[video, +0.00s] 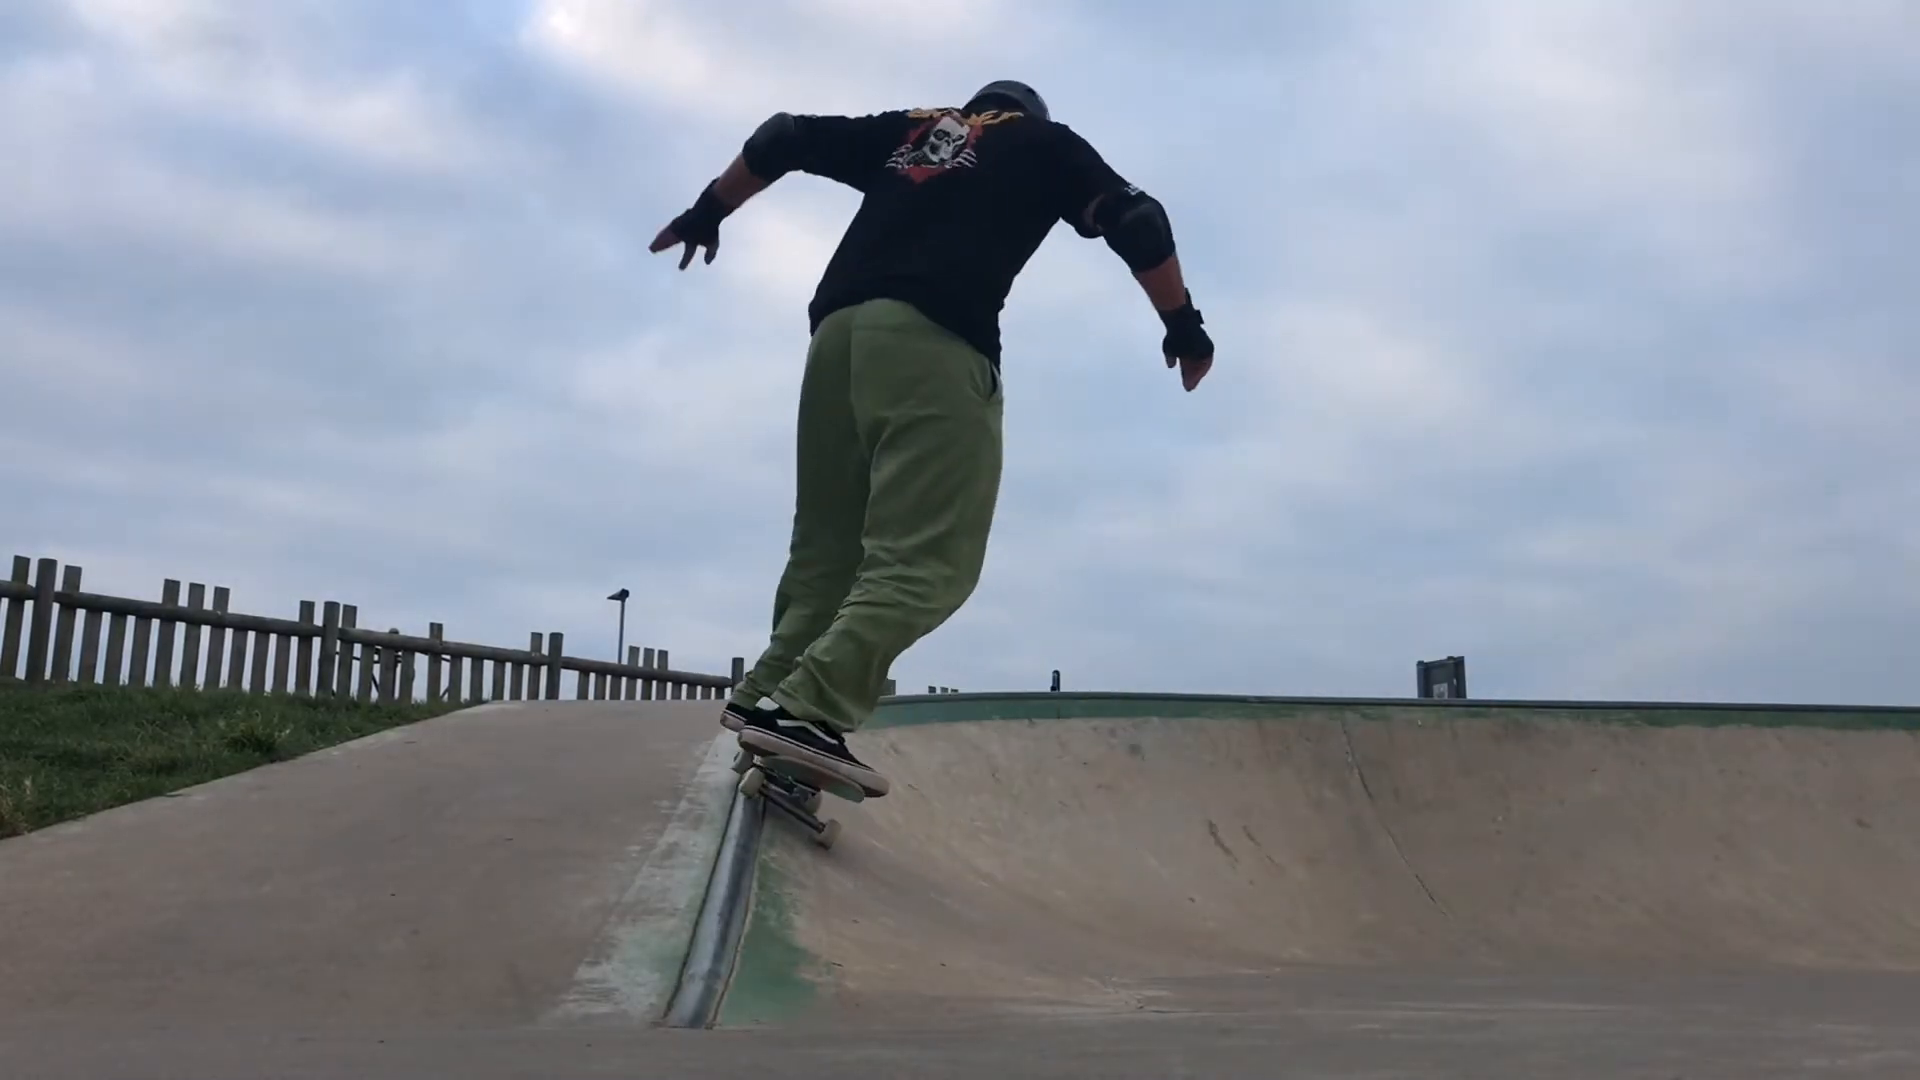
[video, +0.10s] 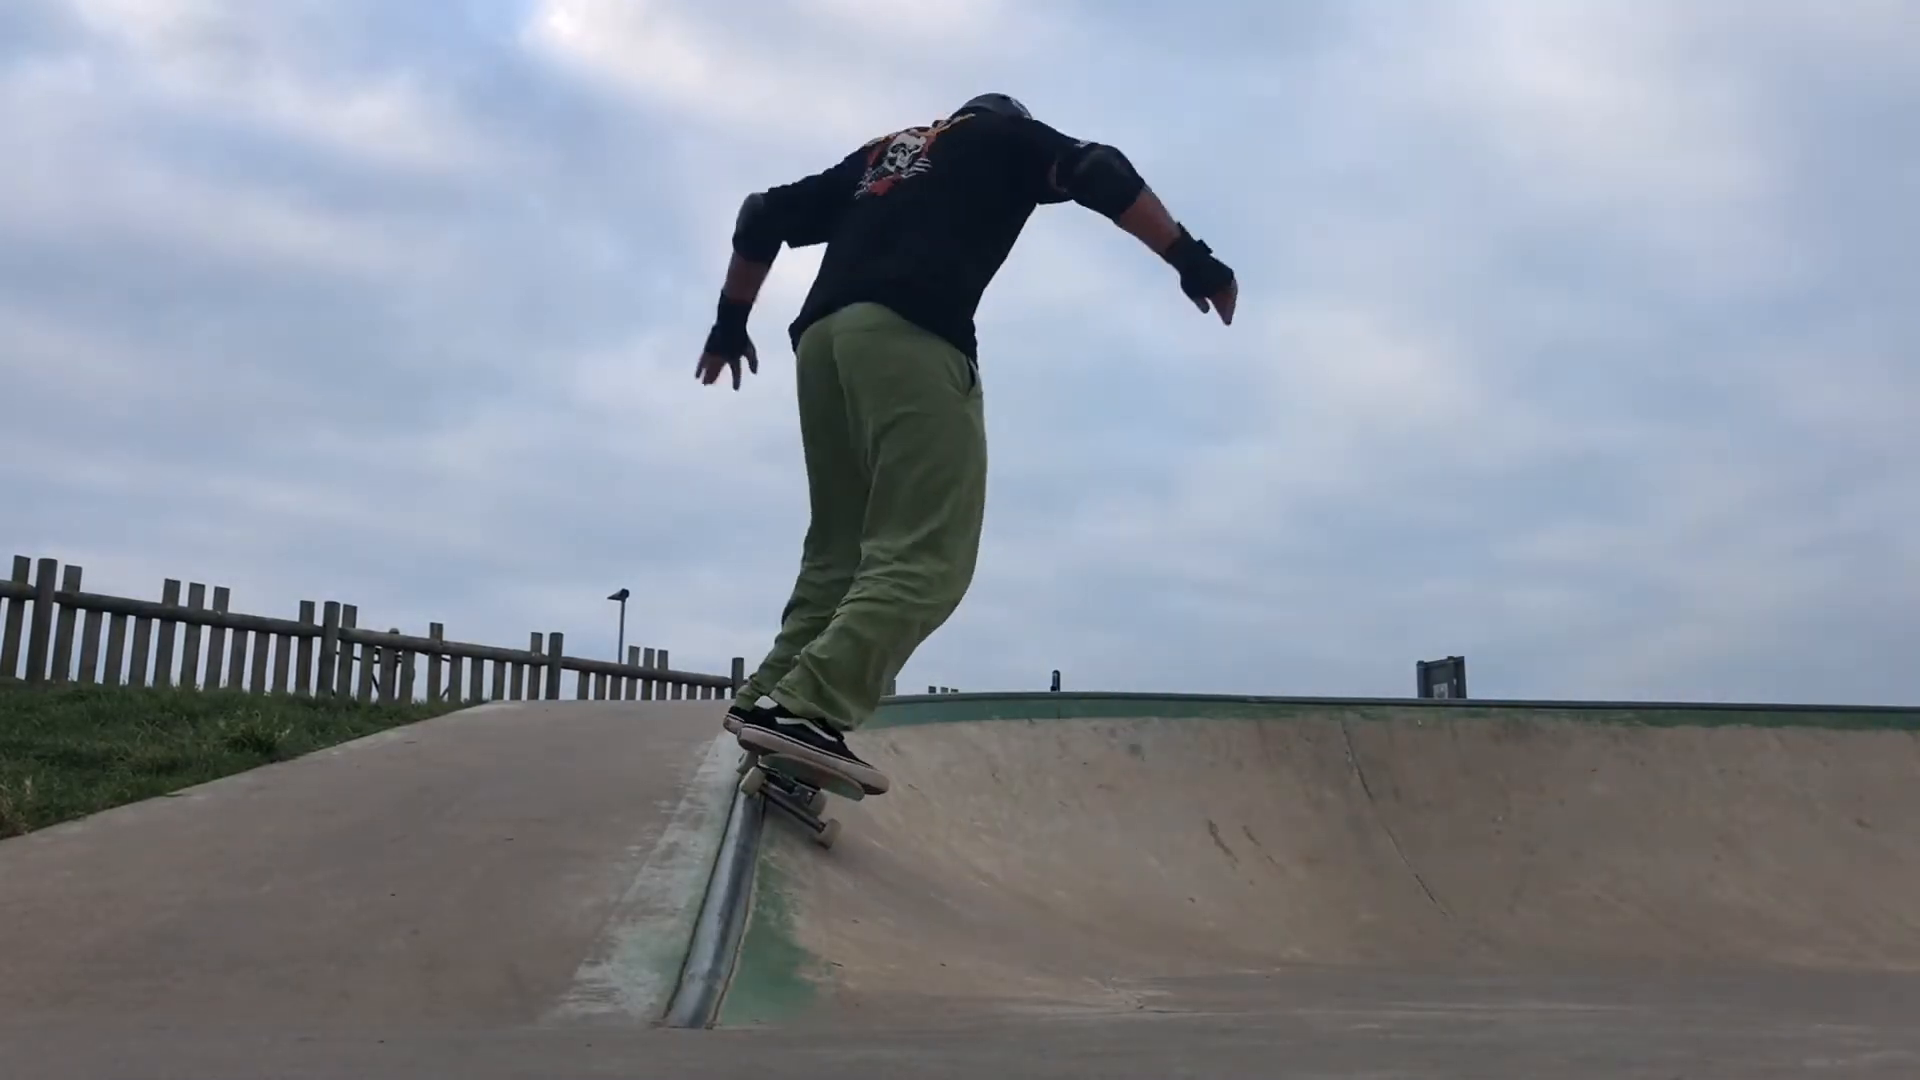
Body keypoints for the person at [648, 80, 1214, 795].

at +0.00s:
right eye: (1035, 128)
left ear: (970, 108)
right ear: (1033, 120)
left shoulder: (903, 129)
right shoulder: (1046, 142)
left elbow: (784, 135)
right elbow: (1137, 220)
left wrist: (710, 207)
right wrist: (1182, 322)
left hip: (835, 335)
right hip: (930, 336)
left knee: (827, 551)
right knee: (924, 562)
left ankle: (769, 701)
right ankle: (807, 712)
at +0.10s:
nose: (1040, 143)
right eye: (1033, 133)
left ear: (951, 119)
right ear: (1014, 124)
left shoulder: (879, 156)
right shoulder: (1012, 135)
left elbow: (762, 212)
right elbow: (1099, 171)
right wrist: (1190, 257)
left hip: (819, 338)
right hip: (907, 329)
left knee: (837, 545)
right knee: (927, 555)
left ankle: (771, 701)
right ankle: (810, 711)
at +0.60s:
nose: (1178, 187)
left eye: (1191, 178)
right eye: (1185, 166)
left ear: (1158, 142)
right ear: (1161, 127)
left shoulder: (1094, 188)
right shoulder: (1091, 114)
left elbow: (1004, 261)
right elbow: (1178, 115)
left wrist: (1018, 361)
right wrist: (1264, 156)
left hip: (995, 376)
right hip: (934, 335)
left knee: (1017, 571)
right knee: (931, 530)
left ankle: (961, 783)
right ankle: (771, 695)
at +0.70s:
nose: (1240, 212)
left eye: (1253, 202)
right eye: (1246, 191)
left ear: (1216, 173)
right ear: (1212, 155)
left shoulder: (1148, 239)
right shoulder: (1139, 153)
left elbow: (1066, 324)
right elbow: (1217, 114)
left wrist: (1076, 411)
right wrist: (1331, 171)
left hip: (1043, 418)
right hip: (981, 370)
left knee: (1059, 633)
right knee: (1004, 541)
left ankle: (1002, 834)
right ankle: (806, 674)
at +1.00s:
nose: (1474, 320)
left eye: (1484, 306)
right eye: (1477, 296)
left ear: (1433, 271)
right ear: (1434, 260)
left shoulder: (1375, 392)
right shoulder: (1321, 257)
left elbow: (1357, 511)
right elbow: (1220, 210)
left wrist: (1449, 549)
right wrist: (1159, 165)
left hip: (1244, 516)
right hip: (1208, 502)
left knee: (1352, 709)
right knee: (1343, 703)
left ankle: (1205, 853)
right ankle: (1277, 928)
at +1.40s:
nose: (1696, 242)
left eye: (1721, 230)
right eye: (1685, 215)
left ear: (1738, 240)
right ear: (1651, 201)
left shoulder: (1696, 346)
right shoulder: (1550, 272)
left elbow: (1679, 492)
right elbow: (1440, 372)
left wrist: (1700, 600)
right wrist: (1425, 501)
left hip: (1627, 549)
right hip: (1512, 533)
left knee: (1758, 697)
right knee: (1600, 704)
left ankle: (1764, 932)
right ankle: (1424, 891)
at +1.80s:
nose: (1612, 152)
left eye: (1633, 134)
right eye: (1602, 133)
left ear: (1691, 130)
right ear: (1593, 130)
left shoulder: (1756, 237)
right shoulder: (1546, 229)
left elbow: (1815, 357)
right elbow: (1492, 348)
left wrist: (1874, 463)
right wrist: (1470, 465)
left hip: (1702, 509)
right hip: (1559, 506)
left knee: (1743, 696)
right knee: (1523, 700)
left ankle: (1772, 919)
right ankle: (1508, 921)